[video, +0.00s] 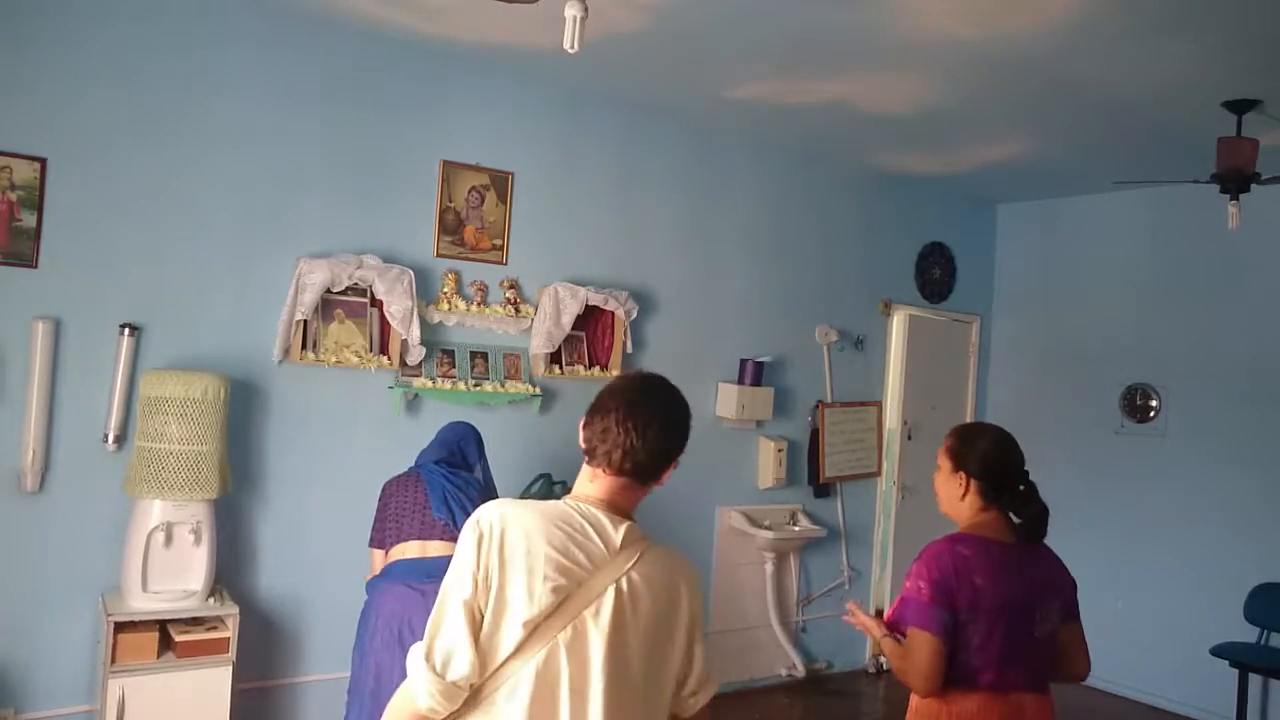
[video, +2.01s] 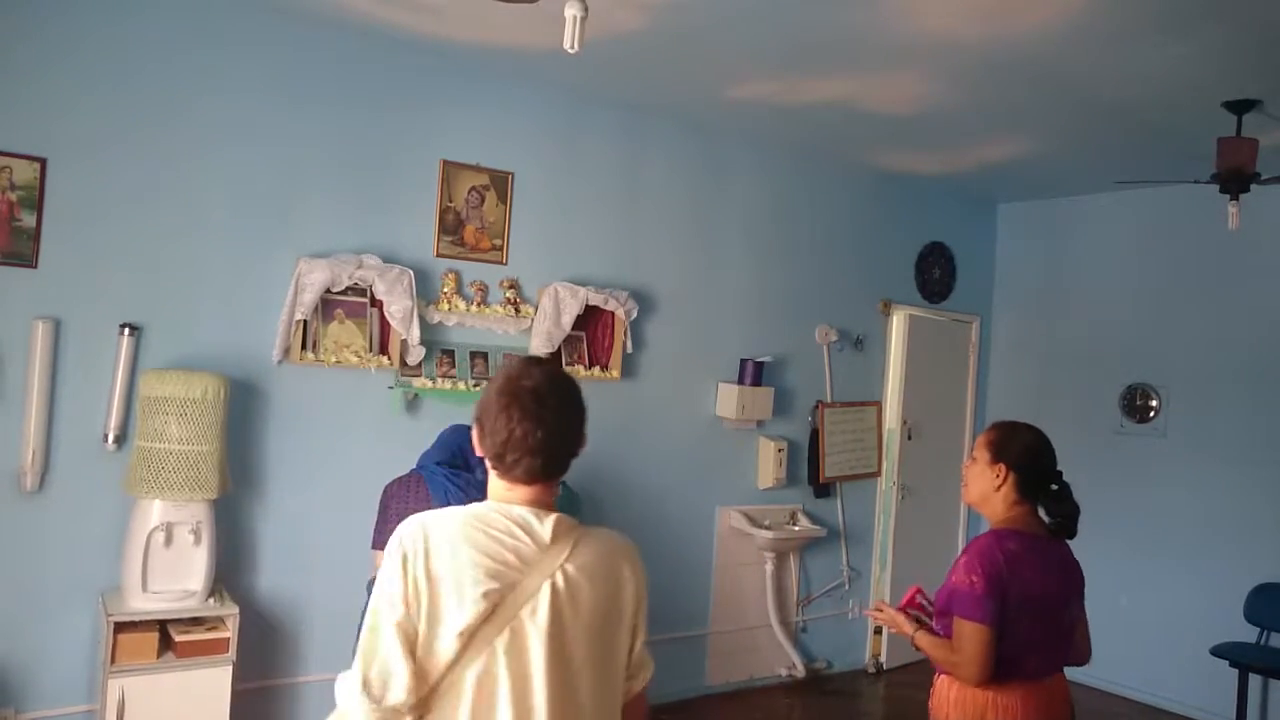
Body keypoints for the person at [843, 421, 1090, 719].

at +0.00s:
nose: (934, 479)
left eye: (938, 469)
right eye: (936, 469)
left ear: (962, 482)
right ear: (1006, 481)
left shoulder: (941, 559)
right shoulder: (1047, 562)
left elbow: (924, 678)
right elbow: (1075, 666)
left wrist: (881, 637)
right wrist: (1003, 654)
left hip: (951, 707)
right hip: (1031, 706)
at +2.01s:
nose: (963, 468)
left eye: (972, 459)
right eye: (968, 458)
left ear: (999, 475)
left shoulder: (983, 554)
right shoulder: (1059, 551)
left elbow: (972, 668)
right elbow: (1079, 652)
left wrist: (912, 630)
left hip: (982, 701)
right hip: (1048, 696)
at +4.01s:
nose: (1067, 488)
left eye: (1077, 476)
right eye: (1073, 476)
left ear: (1107, 494)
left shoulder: (1101, 575)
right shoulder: (1176, 569)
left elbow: (1089, 697)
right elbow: (1195, 676)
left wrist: (1021, 649)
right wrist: (1055, 648)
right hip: (1168, 711)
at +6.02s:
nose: (917, 458)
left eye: (923, 451)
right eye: (921, 450)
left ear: (942, 467)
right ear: (979, 472)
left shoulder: (921, 536)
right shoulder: (993, 538)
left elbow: (901, 634)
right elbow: (1006, 619)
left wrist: (858, 596)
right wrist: (951, 614)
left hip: (919, 677)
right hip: (977, 670)